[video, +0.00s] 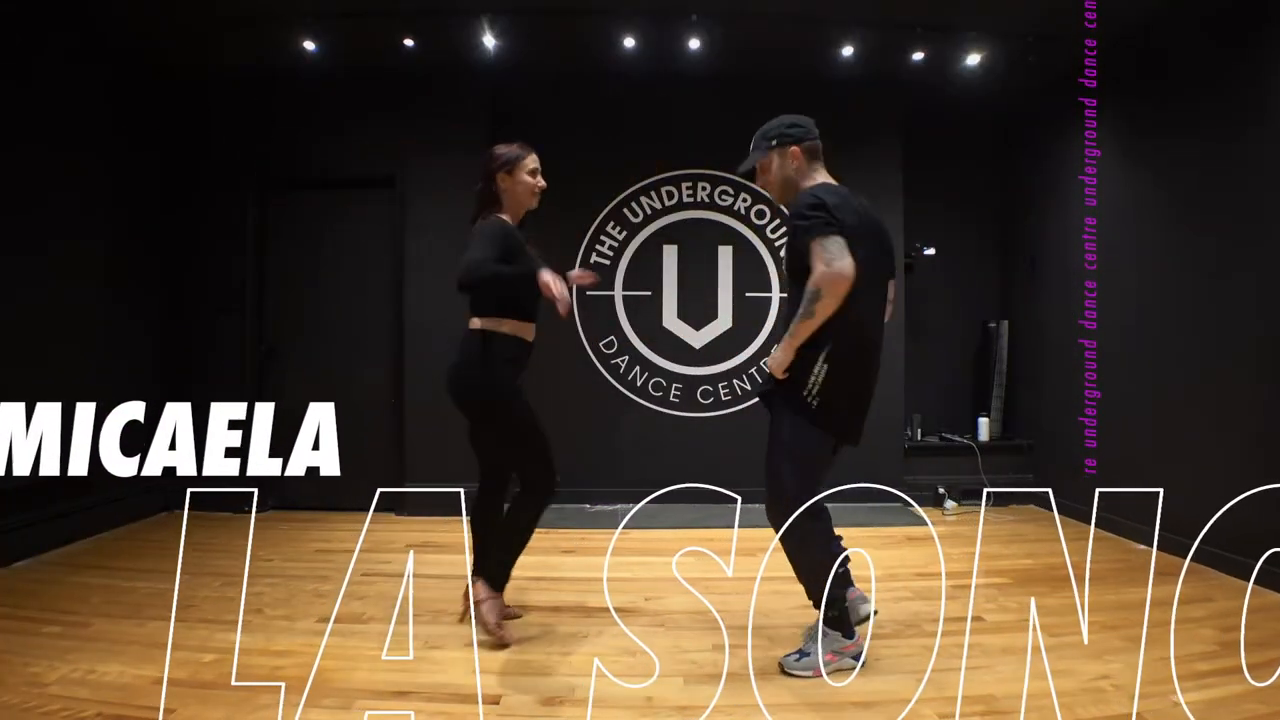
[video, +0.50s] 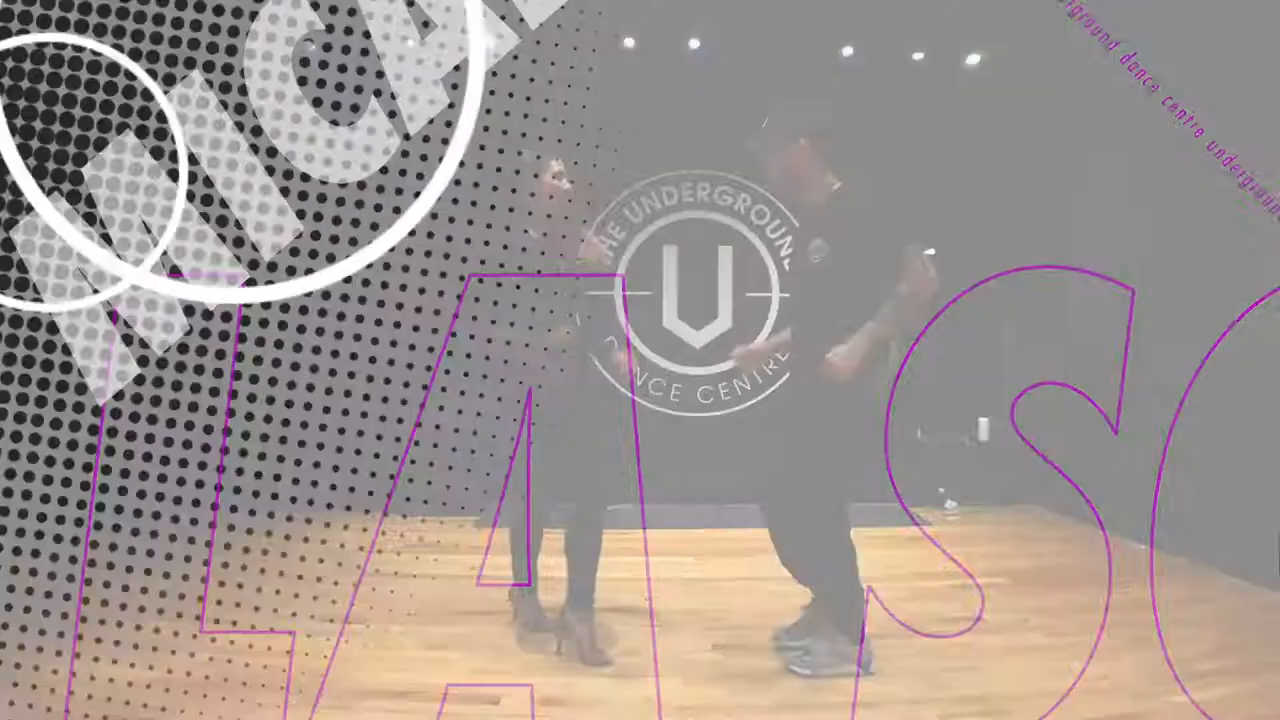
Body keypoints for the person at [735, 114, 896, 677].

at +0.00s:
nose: (761, 181)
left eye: (764, 168)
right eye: (759, 171)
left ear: (793, 154)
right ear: (803, 157)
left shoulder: (812, 204)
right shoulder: (863, 210)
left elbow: (836, 270)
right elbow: (885, 305)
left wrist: (788, 344)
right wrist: (829, 343)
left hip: (814, 384)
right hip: (844, 386)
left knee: (789, 502)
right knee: (795, 495)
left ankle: (837, 634)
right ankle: (845, 594)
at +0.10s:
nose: (757, 164)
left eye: (762, 151)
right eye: (756, 153)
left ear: (792, 142)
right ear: (804, 146)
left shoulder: (804, 193)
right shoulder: (863, 202)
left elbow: (823, 257)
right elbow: (888, 297)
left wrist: (789, 336)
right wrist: (826, 312)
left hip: (815, 380)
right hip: (848, 380)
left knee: (793, 494)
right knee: (800, 487)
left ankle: (839, 636)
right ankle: (839, 594)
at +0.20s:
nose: (755, 155)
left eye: (760, 142)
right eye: (755, 144)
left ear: (789, 137)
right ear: (804, 141)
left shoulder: (803, 186)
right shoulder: (859, 195)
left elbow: (830, 246)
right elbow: (889, 286)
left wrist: (794, 330)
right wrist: (828, 306)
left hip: (821, 374)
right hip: (851, 374)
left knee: (804, 484)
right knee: (801, 476)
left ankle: (846, 640)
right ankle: (830, 583)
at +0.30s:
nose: (754, 153)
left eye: (760, 141)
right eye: (755, 142)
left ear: (791, 137)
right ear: (795, 140)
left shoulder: (820, 187)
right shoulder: (812, 197)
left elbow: (865, 249)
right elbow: (847, 283)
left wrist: (816, 334)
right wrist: (793, 291)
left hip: (835, 384)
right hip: (821, 381)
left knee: (820, 496)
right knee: (789, 481)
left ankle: (850, 641)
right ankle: (828, 591)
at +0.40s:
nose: (758, 156)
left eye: (765, 144)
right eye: (758, 146)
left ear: (795, 142)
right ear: (797, 145)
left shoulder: (835, 198)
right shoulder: (816, 208)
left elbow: (896, 262)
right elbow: (845, 292)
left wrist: (836, 337)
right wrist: (791, 308)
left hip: (838, 388)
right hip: (814, 384)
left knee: (819, 497)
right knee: (783, 492)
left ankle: (850, 640)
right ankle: (830, 601)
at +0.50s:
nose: (768, 170)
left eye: (775, 154)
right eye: (766, 156)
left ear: (809, 147)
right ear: (793, 153)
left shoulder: (861, 219)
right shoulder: (797, 224)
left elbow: (915, 289)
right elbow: (813, 311)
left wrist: (858, 347)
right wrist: (769, 344)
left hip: (837, 384)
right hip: (798, 382)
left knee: (815, 495)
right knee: (784, 493)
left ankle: (846, 634)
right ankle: (828, 606)